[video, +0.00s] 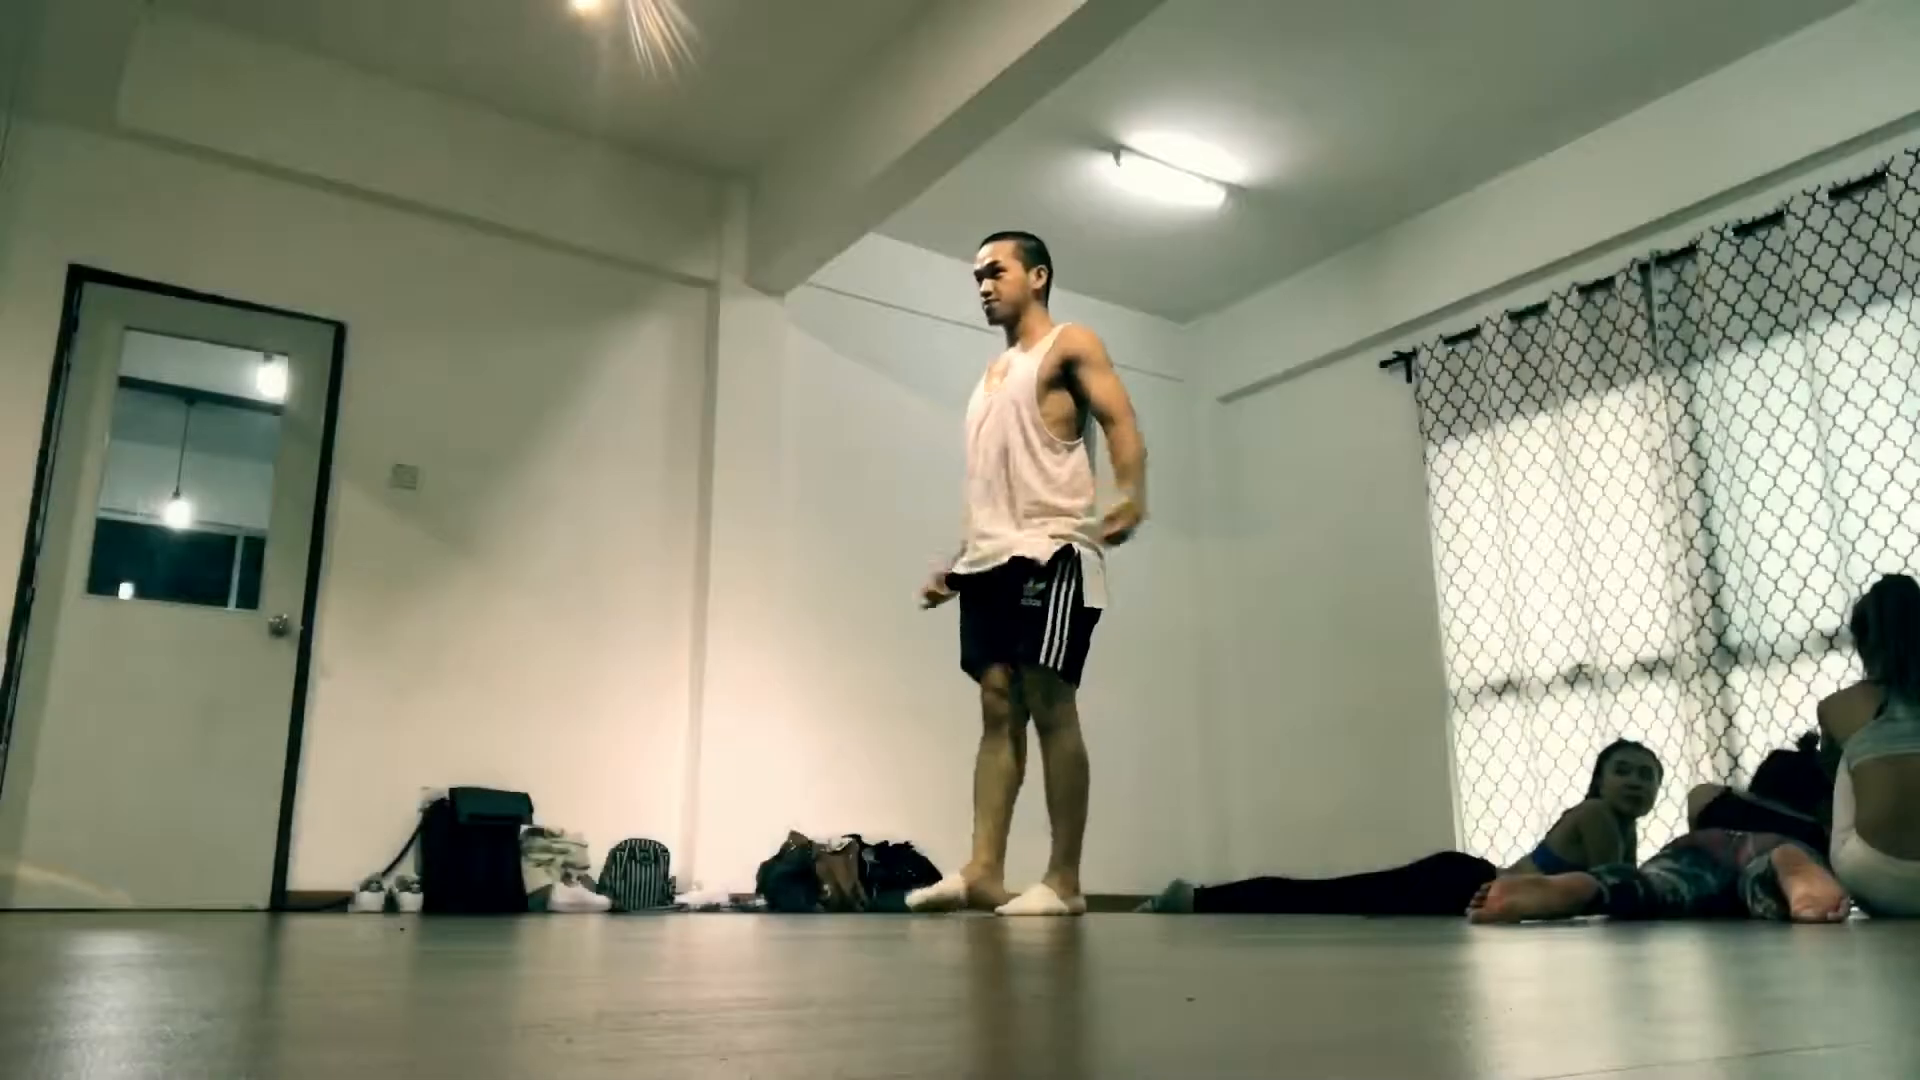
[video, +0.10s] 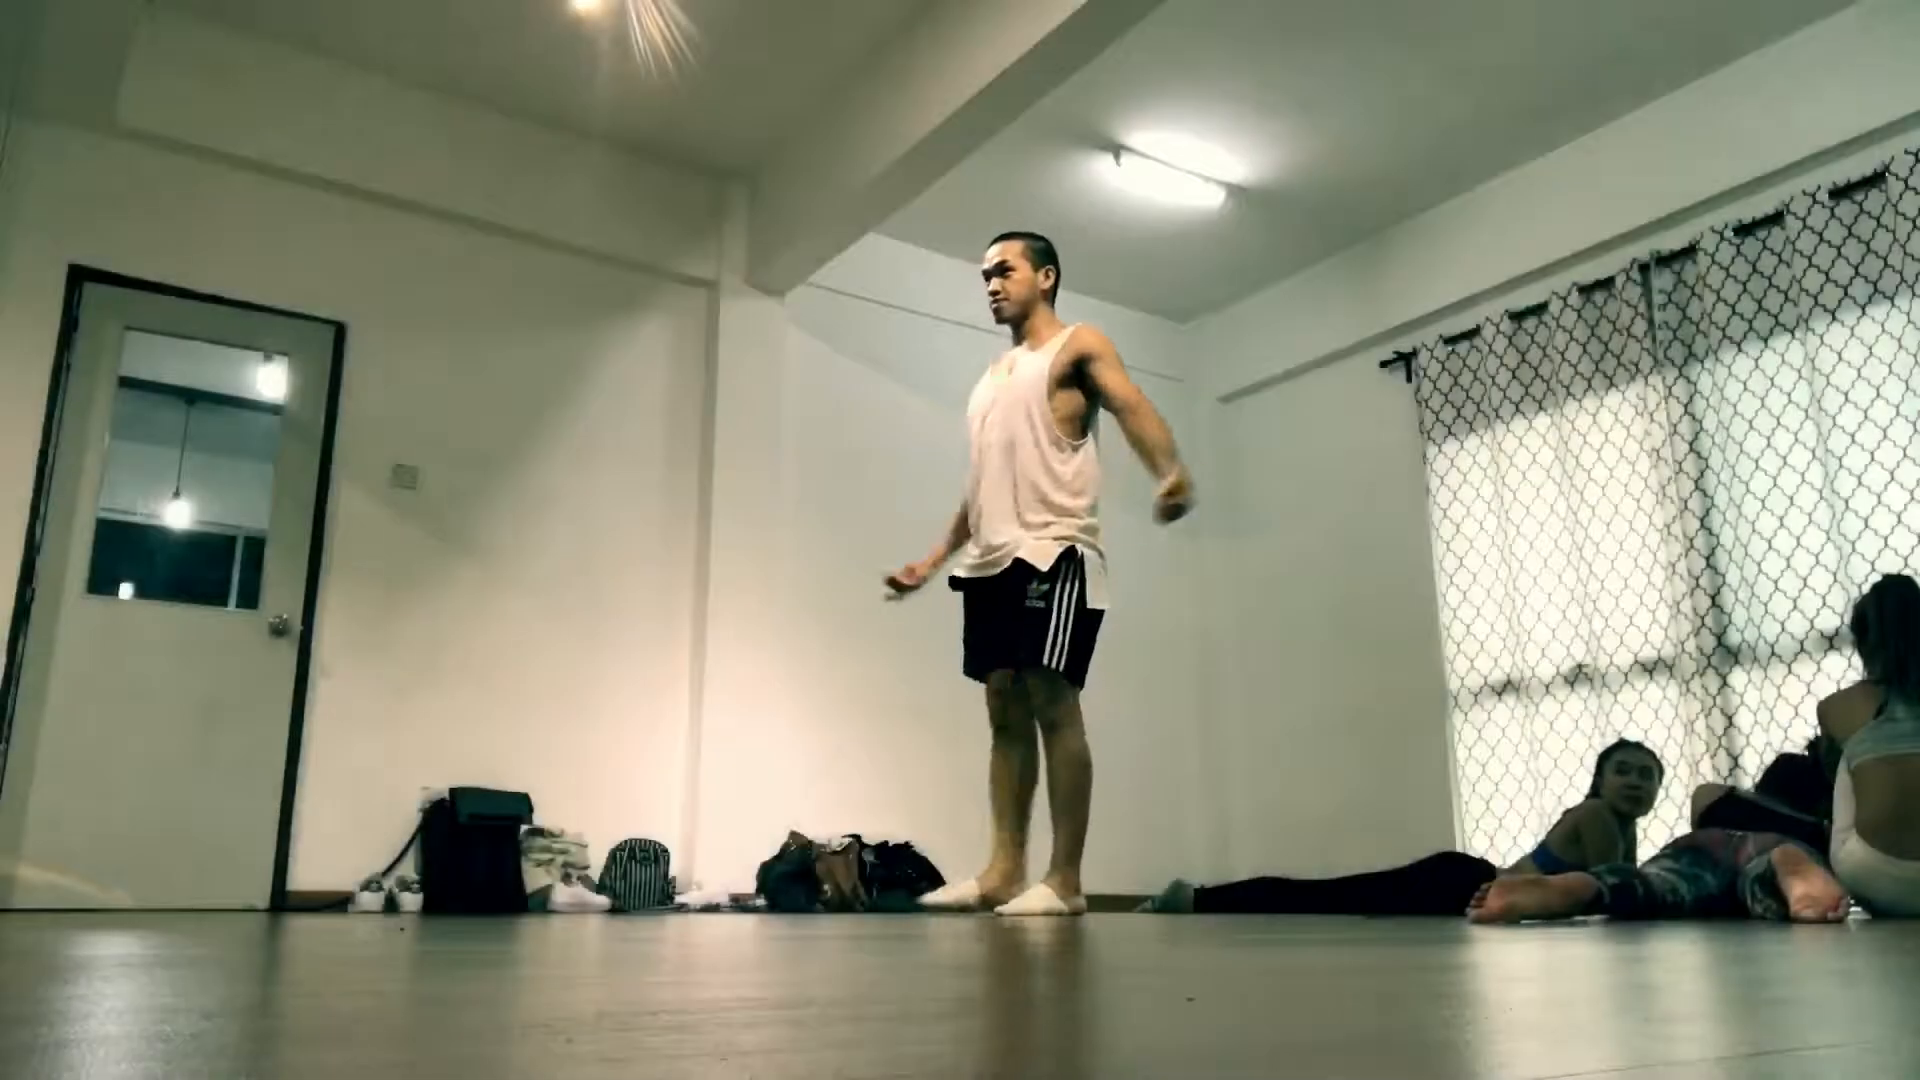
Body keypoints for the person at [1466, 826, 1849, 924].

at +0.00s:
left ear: (1758, 787)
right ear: (1817, 796)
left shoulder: (1719, 803)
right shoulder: (1816, 826)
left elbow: (1702, 795)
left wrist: (1698, 844)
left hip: (1715, 837)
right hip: (1787, 844)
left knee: (1654, 879)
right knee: (1779, 873)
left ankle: (1564, 887)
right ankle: (1800, 874)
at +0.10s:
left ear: (1764, 786)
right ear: (1815, 795)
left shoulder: (1725, 802)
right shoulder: (1814, 827)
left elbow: (1704, 794)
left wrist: (1696, 841)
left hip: (1714, 838)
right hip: (1786, 844)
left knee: (1652, 880)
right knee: (1778, 874)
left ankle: (1560, 888)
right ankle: (1800, 876)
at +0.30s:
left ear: (1771, 790)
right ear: (1819, 799)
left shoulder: (1734, 804)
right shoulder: (1818, 827)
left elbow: (1707, 791)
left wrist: (1698, 843)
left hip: (1717, 837)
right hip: (1786, 844)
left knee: (1658, 879)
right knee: (1775, 877)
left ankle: (1562, 887)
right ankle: (1797, 872)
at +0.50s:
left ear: (1759, 786)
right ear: (1817, 796)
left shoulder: (1725, 801)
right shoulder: (1820, 829)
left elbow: (1707, 794)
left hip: (1716, 839)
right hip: (1785, 845)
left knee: (1657, 878)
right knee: (1775, 875)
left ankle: (1569, 885)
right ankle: (1796, 870)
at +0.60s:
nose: (1737, 777)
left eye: (1745, 770)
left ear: (1751, 776)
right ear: (1813, 791)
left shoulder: (1714, 796)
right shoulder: (1820, 827)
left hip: (1713, 842)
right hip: (1784, 847)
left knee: (1663, 877)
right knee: (1777, 876)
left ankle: (1577, 885)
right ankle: (1798, 872)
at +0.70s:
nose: (1730, 773)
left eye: (1735, 764)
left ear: (1746, 768)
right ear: (1807, 782)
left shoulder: (1711, 795)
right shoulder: (1816, 821)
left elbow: (1706, 839)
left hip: (1713, 843)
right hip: (1786, 843)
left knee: (1657, 879)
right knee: (1779, 873)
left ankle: (1576, 884)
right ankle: (1801, 877)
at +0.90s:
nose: (1710, 775)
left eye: (1715, 767)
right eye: (1714, 766)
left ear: (1727, 770)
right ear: (1783, 776)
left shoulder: (1699, 796)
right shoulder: (1803, 822)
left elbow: (1703, 837)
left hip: (1714, 840)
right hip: (1788, 840)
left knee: (1660, 877)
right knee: (1776, 873)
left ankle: (1582, 885)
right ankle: (1801, 874)